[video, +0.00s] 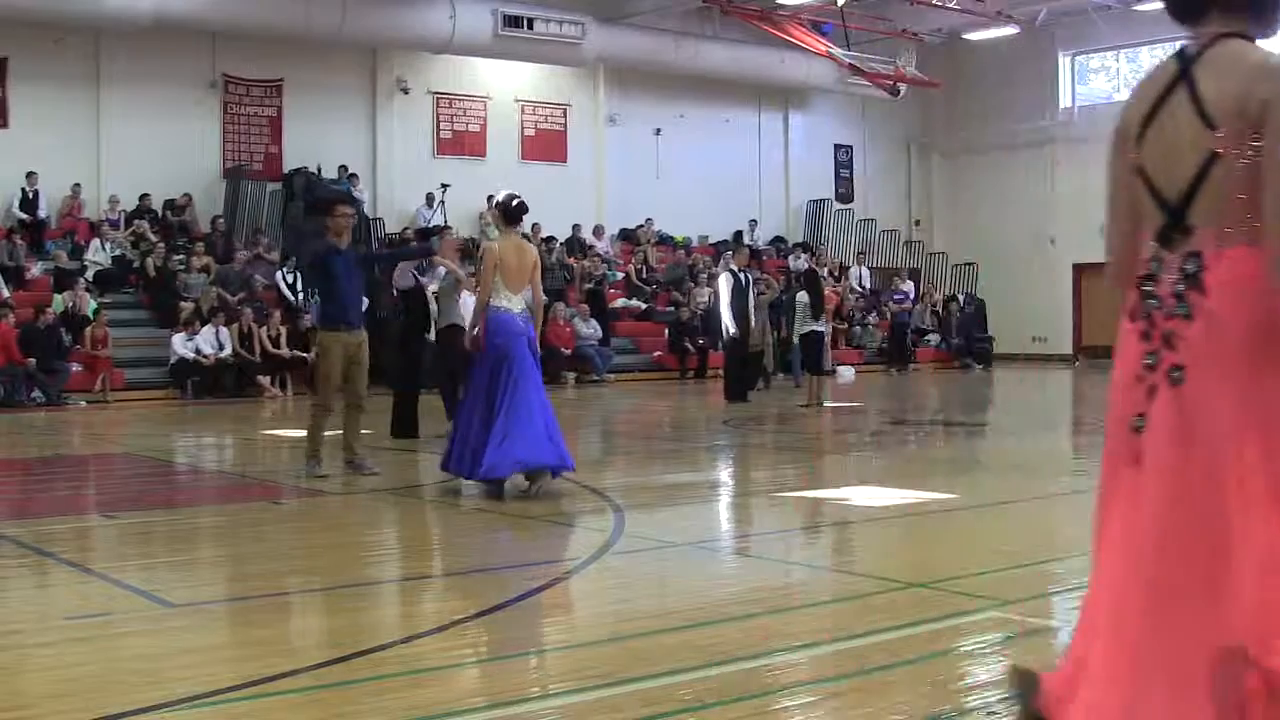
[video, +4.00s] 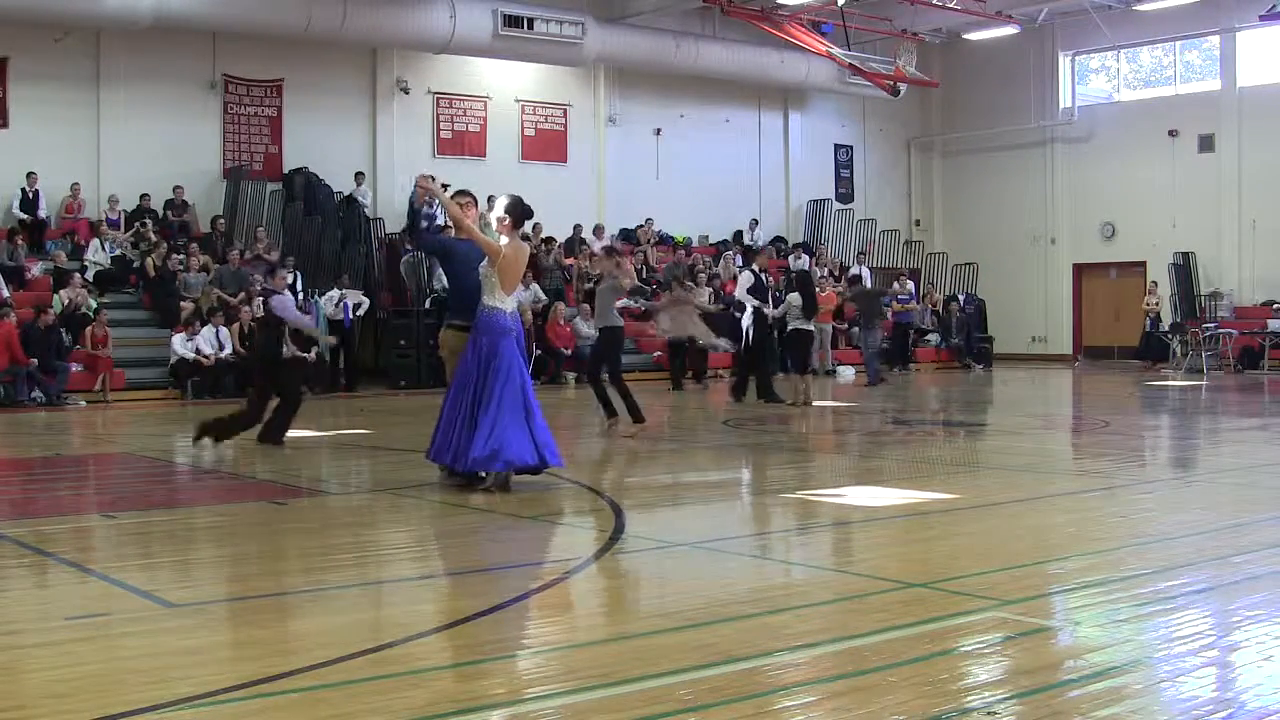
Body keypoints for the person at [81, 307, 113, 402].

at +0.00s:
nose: (106, 318)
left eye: (106, 316)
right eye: (103, 316)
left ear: (105, 318)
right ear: (97, 317)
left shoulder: (107, 331)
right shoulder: (89, 330)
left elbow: (109, 349)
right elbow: (87, 349)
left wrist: (103, 352)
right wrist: (99, 353)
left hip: (103, 355)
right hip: (92, 356)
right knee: (105, 366)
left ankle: (98, 381)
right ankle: (107, 393)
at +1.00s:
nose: (105, 318)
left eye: (106, 316)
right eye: (103, 316)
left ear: (105, 318)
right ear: (96, 318)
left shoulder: (108, 331)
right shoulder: (88, 331)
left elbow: (109, 348)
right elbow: (88, 350)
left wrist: (105, 352)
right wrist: (99, 353)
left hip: (103, 355)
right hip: (92, 356)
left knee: (106, 361)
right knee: (107, 365)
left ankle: (99, 381)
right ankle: (106, 393)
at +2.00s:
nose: (106, 318)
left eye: (106, 315)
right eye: (104, 315)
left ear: (106, 317)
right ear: (97, 317)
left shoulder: (108, 331)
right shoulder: (89, 330)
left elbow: (109, 349)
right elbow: (88, 350)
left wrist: (103, 352)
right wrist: (99, 353)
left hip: (103, 355)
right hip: (92, 356)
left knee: (104, 359)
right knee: (107, 363)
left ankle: (98, 382)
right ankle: (107, 393)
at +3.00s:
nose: (106, 317)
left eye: (106, 314)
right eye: (104, 314)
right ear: (97, 316)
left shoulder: (107, 331)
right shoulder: (89, 330)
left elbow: (109, 349)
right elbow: (88, 350)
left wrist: (103, 351)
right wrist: (99, 353)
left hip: (103, 355)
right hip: (92, 356)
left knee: (104, 361)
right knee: (106, 365)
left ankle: (99, 382)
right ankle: (107, 393)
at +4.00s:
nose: (106, 317)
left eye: (106, 315)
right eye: (104, 315)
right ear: (97, 316)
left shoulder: (107, 330)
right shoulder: (89, 330)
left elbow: (109, 348)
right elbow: (89, 350)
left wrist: (105, 352)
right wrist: (99, 353)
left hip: (103, 355)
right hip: (92, 355)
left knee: (104, 360)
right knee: (107, 364)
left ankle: (98, 382)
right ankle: (107, 393)